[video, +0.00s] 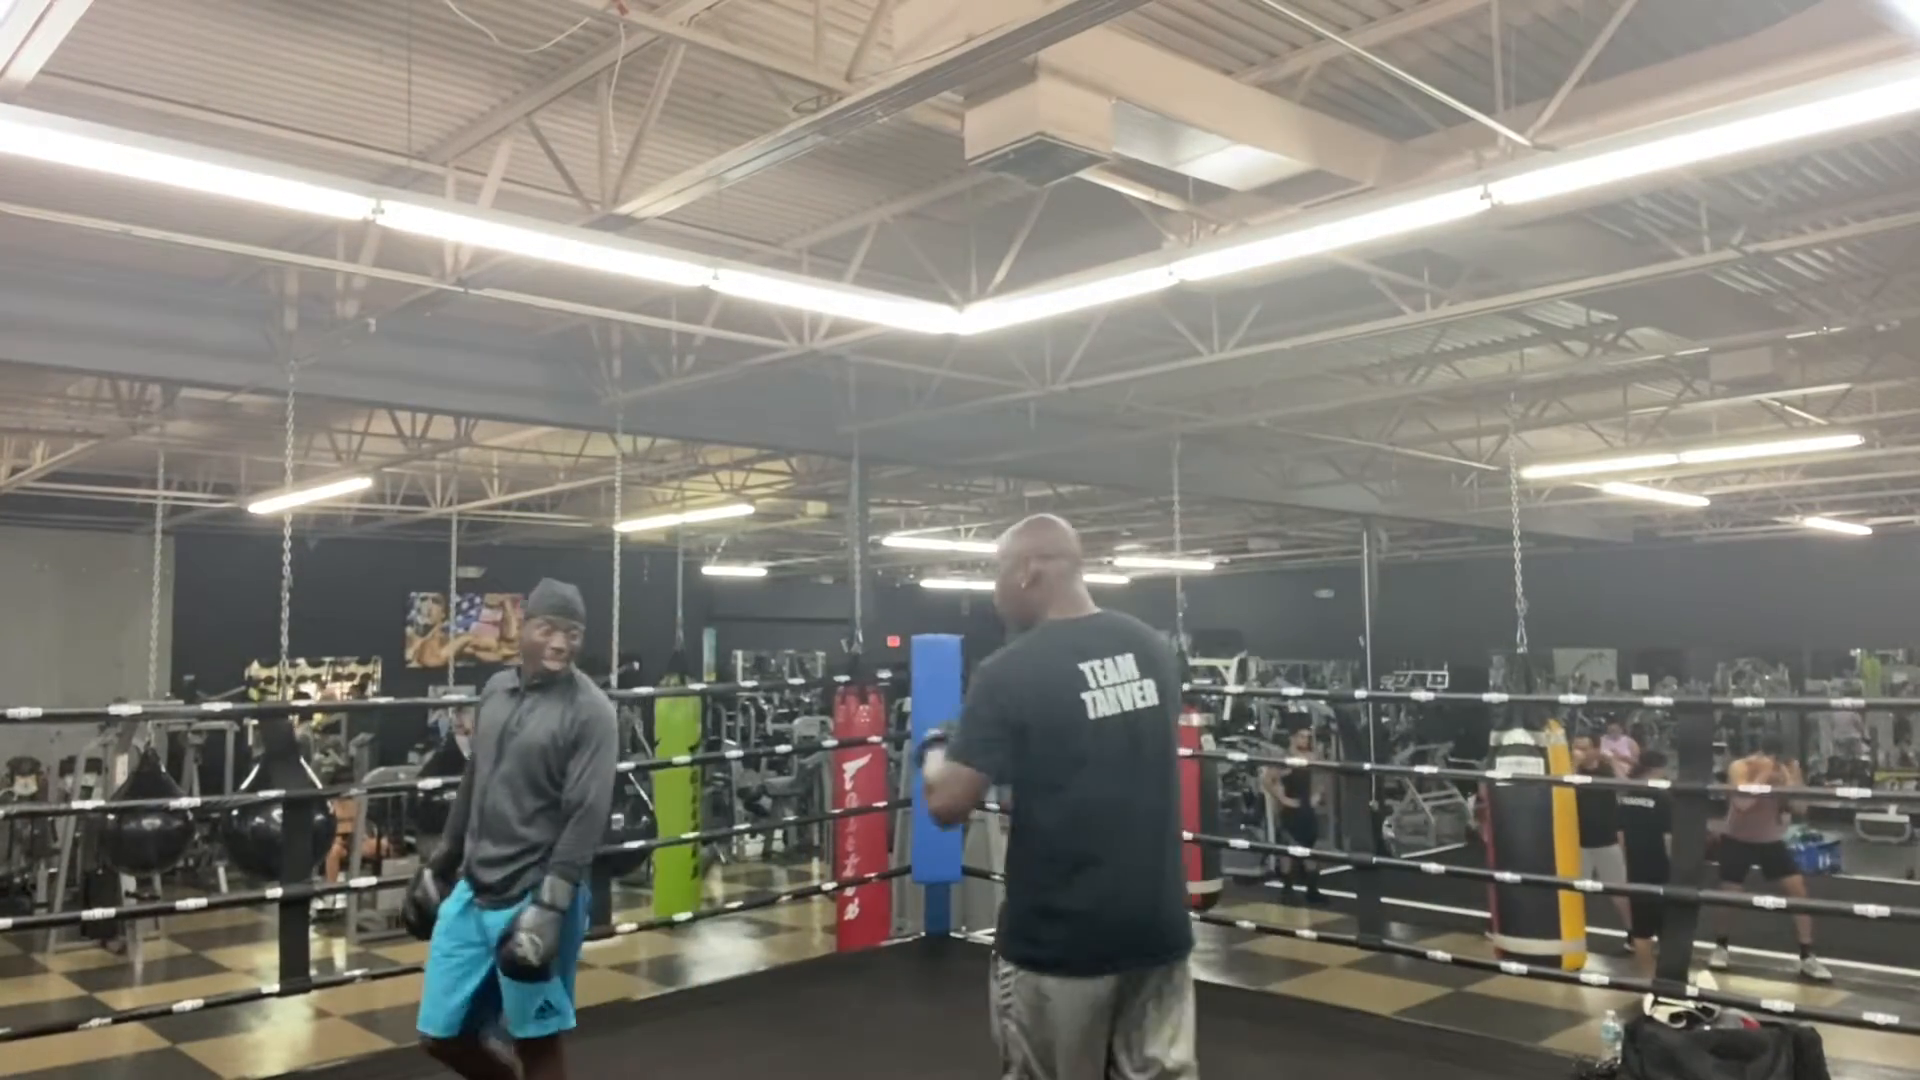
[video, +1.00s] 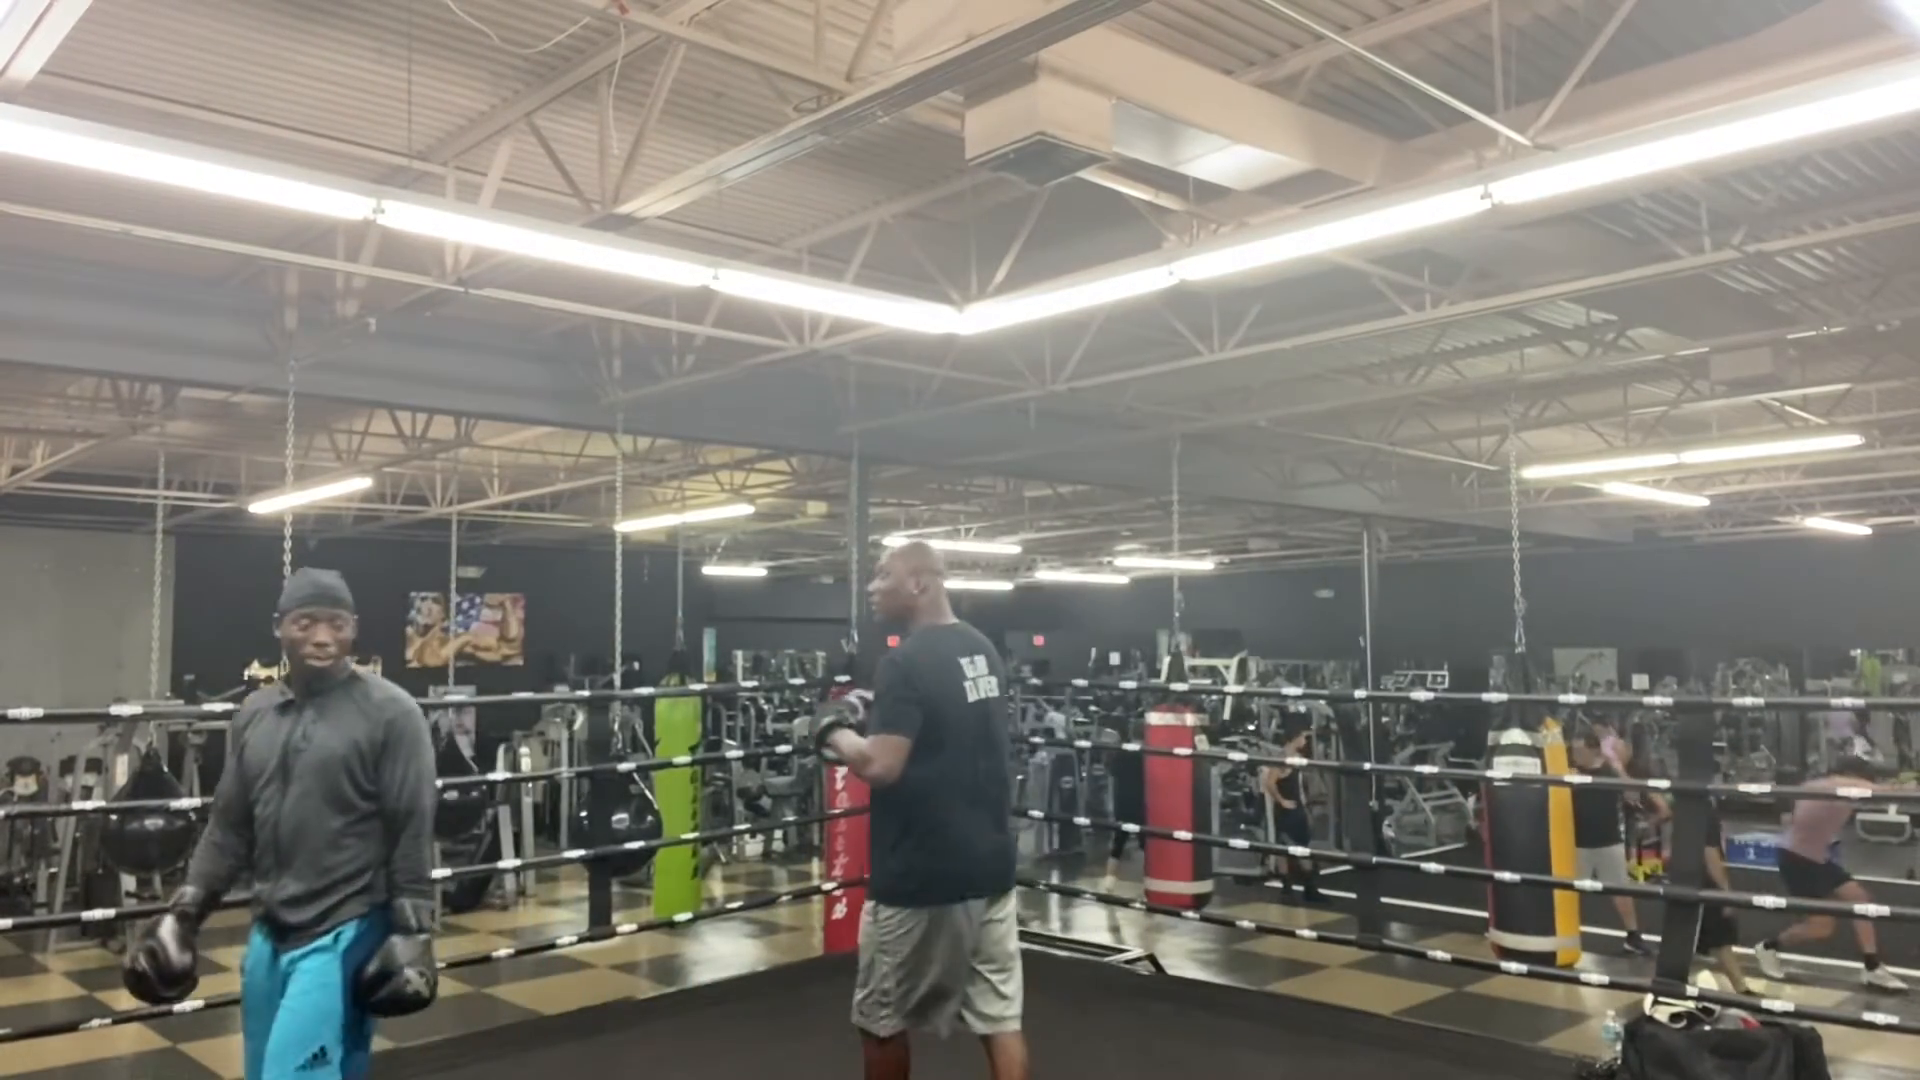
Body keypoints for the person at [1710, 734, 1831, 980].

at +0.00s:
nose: (1770, 762)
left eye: (1775, 757)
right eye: (1765, 756)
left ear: (1781, 755)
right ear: (1756, 752)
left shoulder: (1788, 769)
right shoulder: (1740, 768)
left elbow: (1800, 807)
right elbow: (1742, 804)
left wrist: (1786, 784)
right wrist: (1762, 778)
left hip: (1772, 843)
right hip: (1738, 842)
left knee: (1799, 893)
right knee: (1729, 896)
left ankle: (1807, 956)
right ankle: (1721, 947)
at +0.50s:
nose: (1763, 760)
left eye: (1767, 754)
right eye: (1757, 754)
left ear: (1774, 752)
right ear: (1748, 753)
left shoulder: (1786, 768)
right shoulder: (1738, 773)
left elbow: (1806, 806)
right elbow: (1735, 807)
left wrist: (1785, 782)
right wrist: (1757, 782)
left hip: (1782, 847)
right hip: (1744, 847)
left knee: (1819, 894)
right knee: (1733, 898)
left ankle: (1838, 957)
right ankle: (1721, 946)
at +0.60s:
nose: (1780, 767)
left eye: (1785, 761)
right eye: (1774, 762)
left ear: (1790, 759)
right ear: (1764, 759)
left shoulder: (1798, 772)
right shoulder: (1751, 776)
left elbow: (1818, 811)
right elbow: (1743, 811)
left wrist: (1797, 786)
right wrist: (1772, 787)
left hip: (1796, 854)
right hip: (1758, 853)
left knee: (1833, 901)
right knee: (1739, 901)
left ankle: (1866, 963)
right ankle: (1721, 946)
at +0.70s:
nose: (1804, 767)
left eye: (1809, 761)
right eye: (1800, 760)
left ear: (1818, 762)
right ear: (1792, 760)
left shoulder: (1822, 778)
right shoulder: (1776, 778)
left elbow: (1831, 818)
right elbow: (1778, 812)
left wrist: (1821, 787)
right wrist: (1804, 787)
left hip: (1809, 861)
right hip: (1774, 859)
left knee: (1845, 898)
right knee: (1755, 914)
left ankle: (1873, 966)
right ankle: (1724, 944)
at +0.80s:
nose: (1845, 780)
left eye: (1848, 776)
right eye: (1845, 774)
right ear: (1833, 765)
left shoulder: (1823, 786)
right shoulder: (1808, 778)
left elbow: (1840, 819)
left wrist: (1849, 788)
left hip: (1814, 862)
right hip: (1785, 862)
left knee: (1856, 900)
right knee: (1782, 919)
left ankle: (1873, 967)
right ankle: (1732, 939)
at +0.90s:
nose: (1854, 778)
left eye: (1854, 774)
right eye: (1853, 773)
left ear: (1833, 765)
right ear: (1846, 769)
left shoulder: (1808, 781)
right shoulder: (1833, 780)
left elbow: (1835, 823)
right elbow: (1873, 790)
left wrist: (1847, 797)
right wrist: (1912, 789)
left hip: (1816, 863)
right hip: (1791, 863)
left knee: (1857, 901)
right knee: (1801, 925)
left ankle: (1872, 967)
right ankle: (1749, 939)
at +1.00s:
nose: (1871, 783)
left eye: (1871, 779)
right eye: (1869, 779)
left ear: (1841, 769)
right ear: (1861, 775)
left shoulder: (1811, 783)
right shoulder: (1850, 785)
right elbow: (1883, 792)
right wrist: (1913, 788)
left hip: (1817, 862)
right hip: (1799, 863)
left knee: (1860, 902)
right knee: (1822, 927)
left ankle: (1872, 966)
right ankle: (1768, 947)